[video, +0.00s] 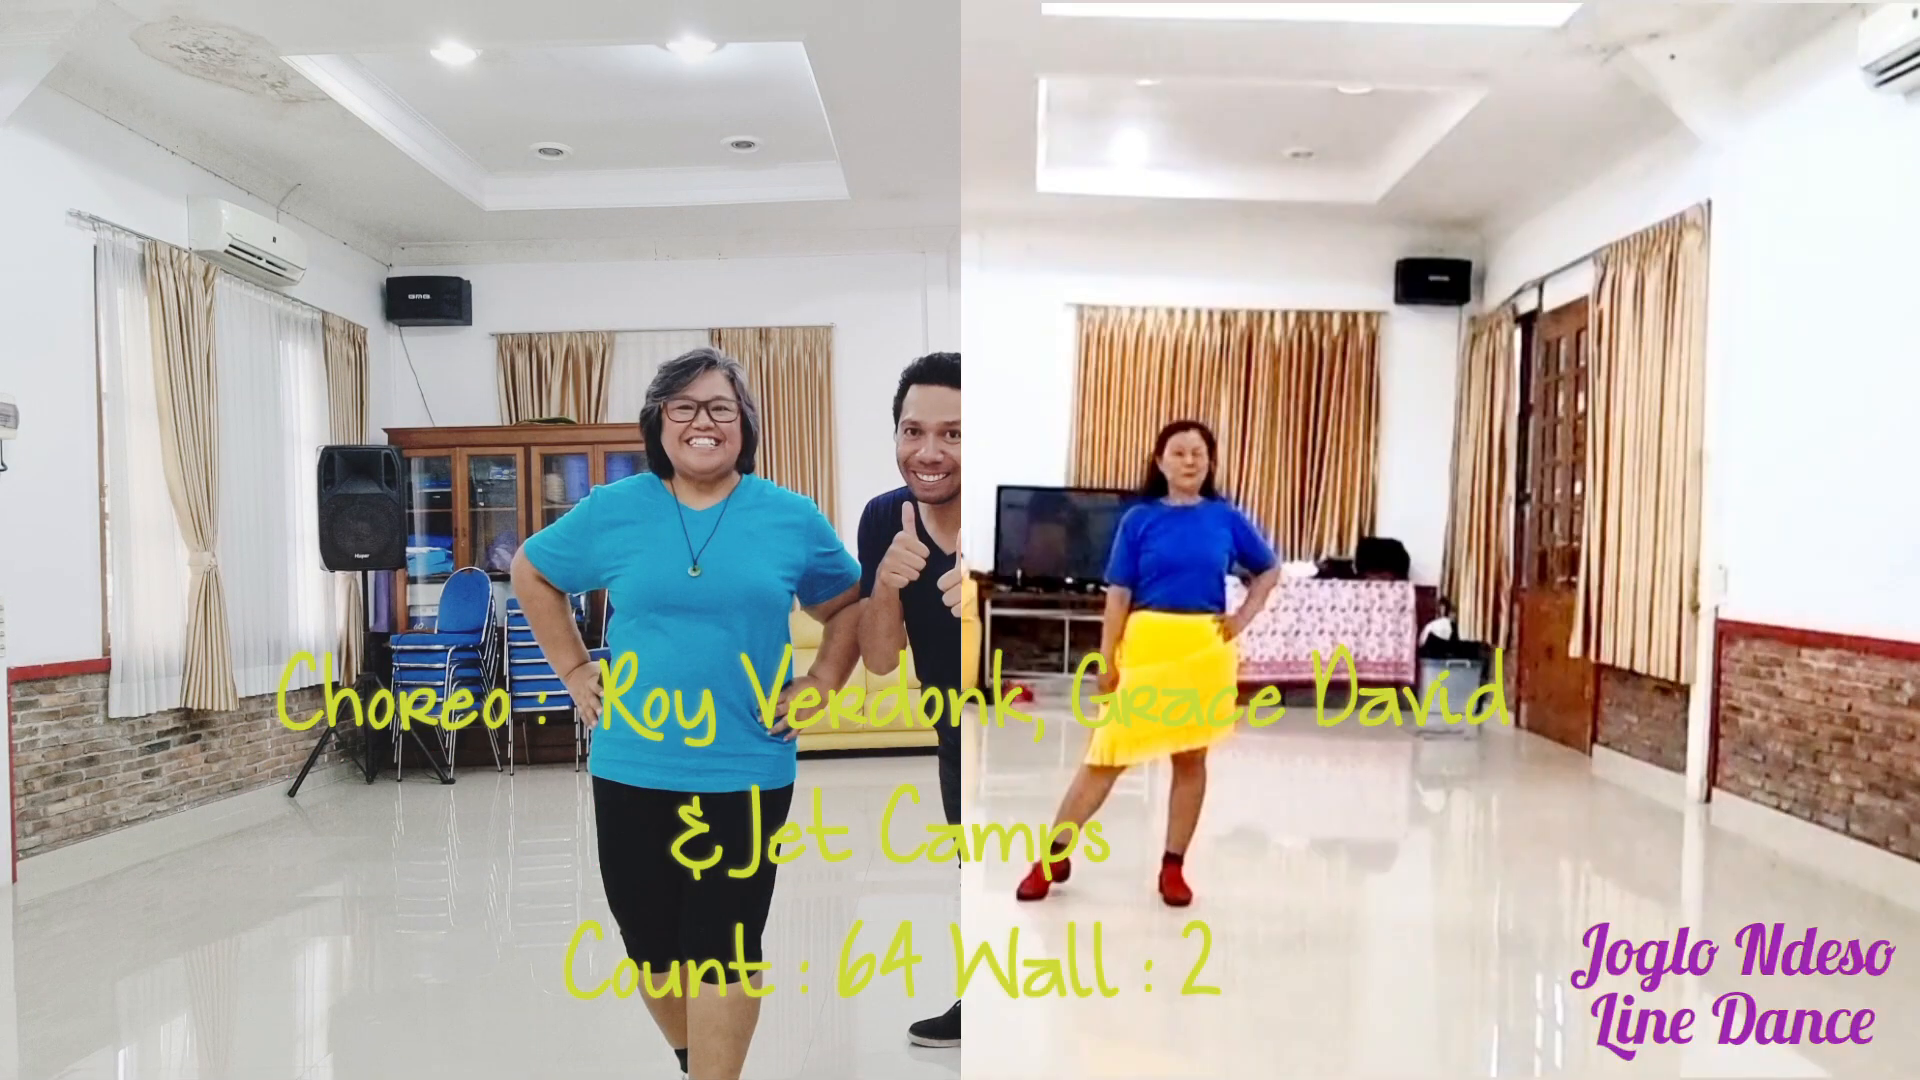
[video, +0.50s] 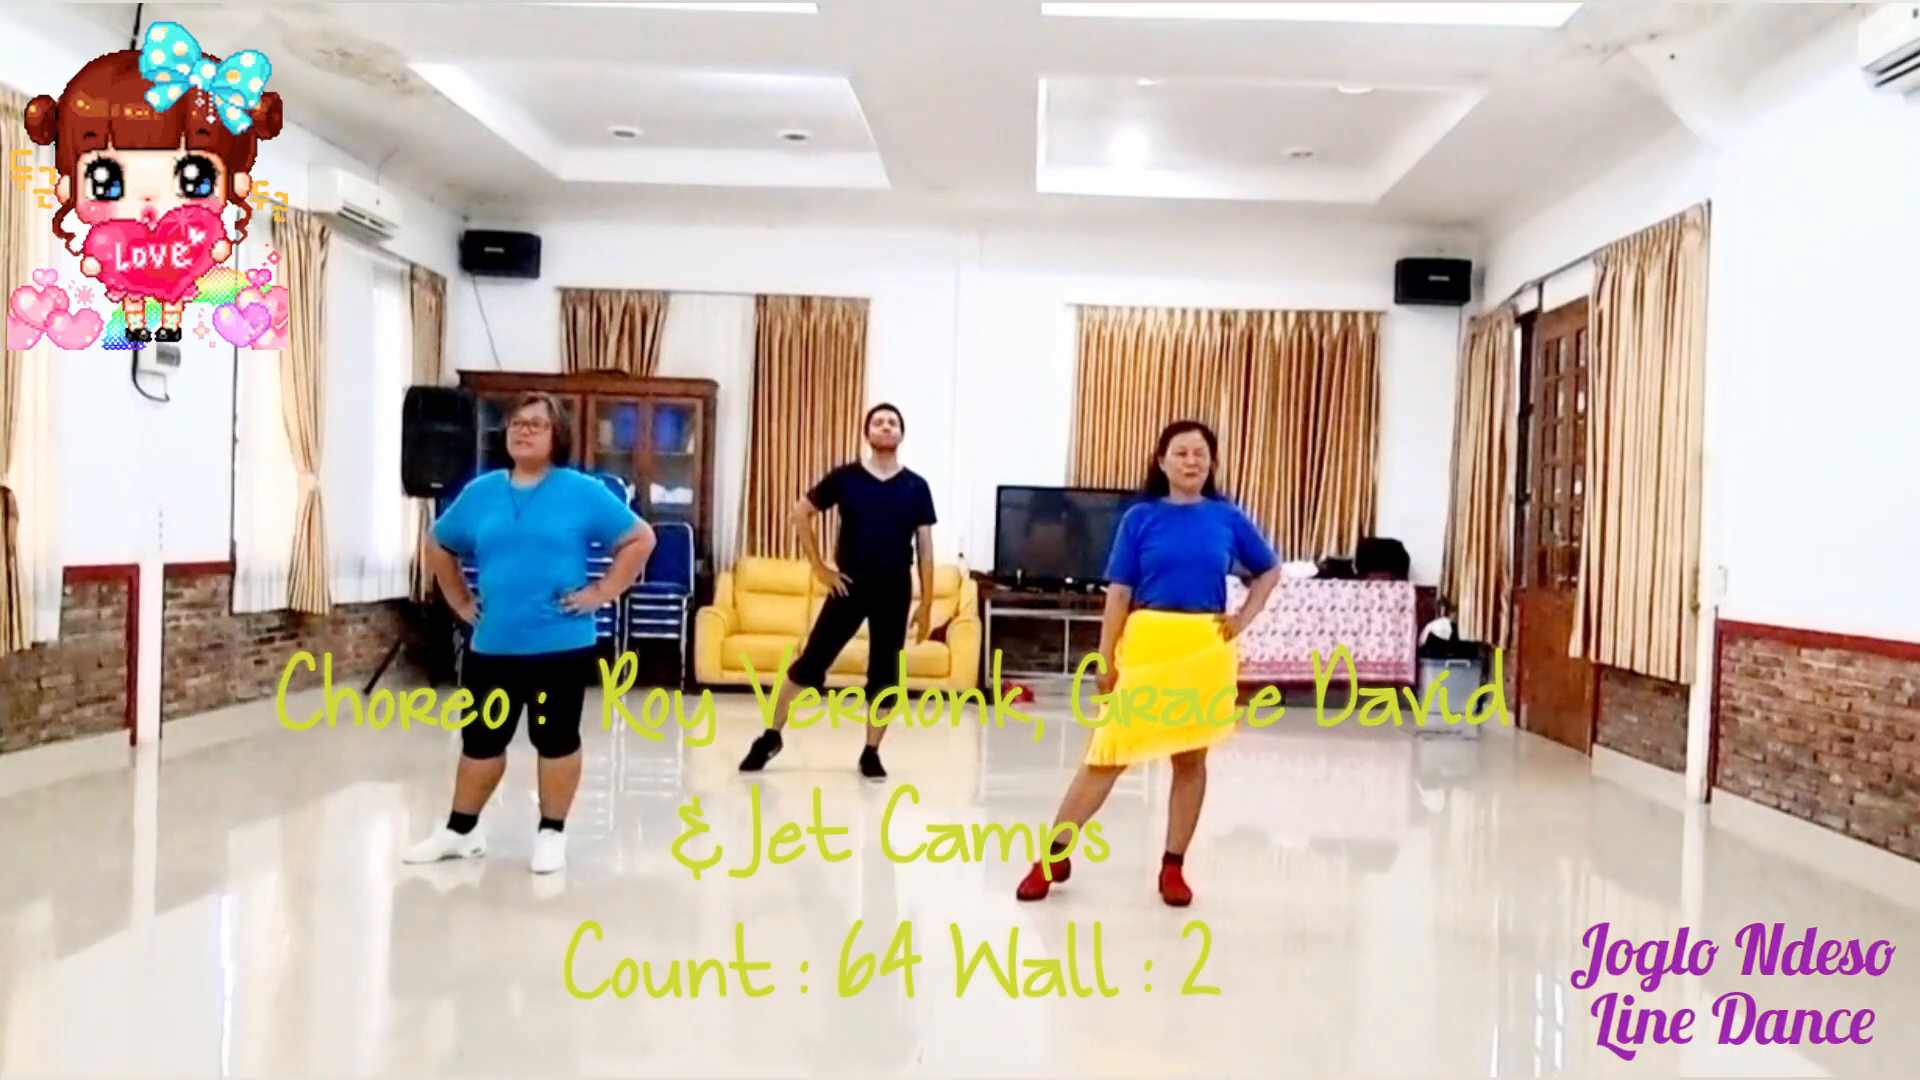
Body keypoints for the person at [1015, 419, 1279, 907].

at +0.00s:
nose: (1189, 461)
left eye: (1197, 453)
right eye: (1178, 453)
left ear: (1209, 462)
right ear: (1160, 461)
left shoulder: (1226, 518)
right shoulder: (1138, 519)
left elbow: (1270, 570)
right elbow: (1118, 593)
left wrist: (1240, 619)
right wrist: (1108, 657)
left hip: (1203, 643)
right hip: (1144, 641)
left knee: (1190, 758)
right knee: (1105, 758)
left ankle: (1173, 864)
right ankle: (1054, 855)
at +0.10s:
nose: (1190, 460)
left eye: (1198, 453)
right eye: (1179, 453)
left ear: (1210, 462)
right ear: (1161, 461)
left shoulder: (1226, 517)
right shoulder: (1139, 518)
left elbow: (1270, 570)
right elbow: (1118, 592)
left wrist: (1241, 620)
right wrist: (1107, 657)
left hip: (1202, 643)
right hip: (1144, 641)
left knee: (1190, 759)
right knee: (1106, 757)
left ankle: (1173, 864)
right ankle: (1054, 855)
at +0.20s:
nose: (1190, 460)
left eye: (1199, 453)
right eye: (1180, 453)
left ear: (1211, 462)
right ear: (1162, 461)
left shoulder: (1227, 518)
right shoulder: (1139, 518)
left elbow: (1270, 571)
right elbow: (1118, 592)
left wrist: (1241, 619)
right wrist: (1107, 656)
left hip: (1202, 644)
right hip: (1144, 641)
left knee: (1190, 760)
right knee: (1106, 757)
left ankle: (1173, 864)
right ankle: (1054, 855)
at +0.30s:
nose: (1191, 461)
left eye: (1199, 454)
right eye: (1181, 453)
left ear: (1211, 463)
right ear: (1163, 462)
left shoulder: (1227, 517)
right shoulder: (1140, 517)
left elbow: (1270, 571)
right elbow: (1118, 591)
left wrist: (1241, 619)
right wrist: (1106, 656)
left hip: (1202, 642)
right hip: (1145, 640)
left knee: (1190, 760)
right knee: (1106, 758)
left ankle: (1173, 864)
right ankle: (1053, 855)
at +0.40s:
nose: (1191, 461)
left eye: (1199, 454)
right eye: (1181, 453)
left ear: (1211, 463)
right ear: (1163, 462)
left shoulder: (1227, 517)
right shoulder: (1140, 517)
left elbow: (1270, 570)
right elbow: (1118, 591)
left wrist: (1241, 619)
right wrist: (1106, 656)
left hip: (1203, 642)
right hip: (1145, 640)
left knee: (1191, 760)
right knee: (1106, 758)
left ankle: (1173, 864)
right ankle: (1054, 855)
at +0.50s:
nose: (1191, 460)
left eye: (1199, 453)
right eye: (1181, 453)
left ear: (1211, 462)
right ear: (1163, 461)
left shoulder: (1227, 517)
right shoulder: (1140, 517)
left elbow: (1270, 570)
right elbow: (1118, 591)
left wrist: (1241, 619)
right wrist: (1106, 656)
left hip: (1203, 642)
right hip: (1145, 640)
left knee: (1190, 759)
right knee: (1107, 757)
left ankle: (1173, 864)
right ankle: (1054, 854)